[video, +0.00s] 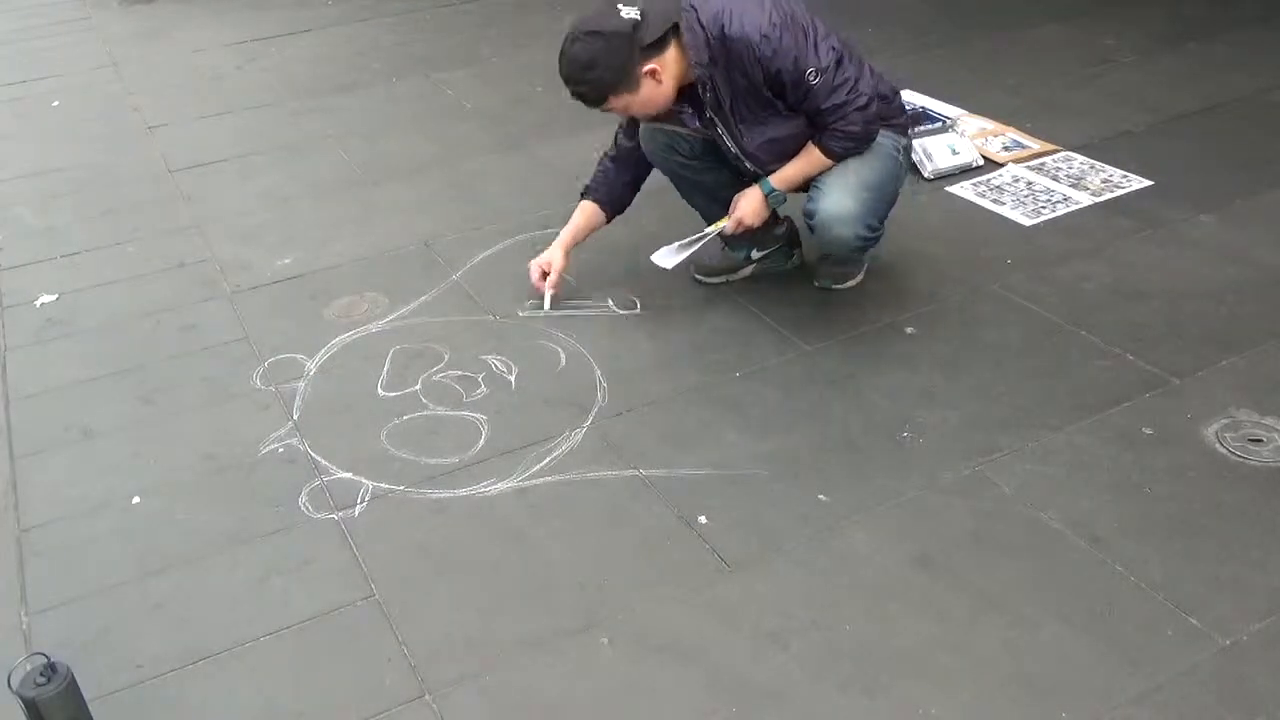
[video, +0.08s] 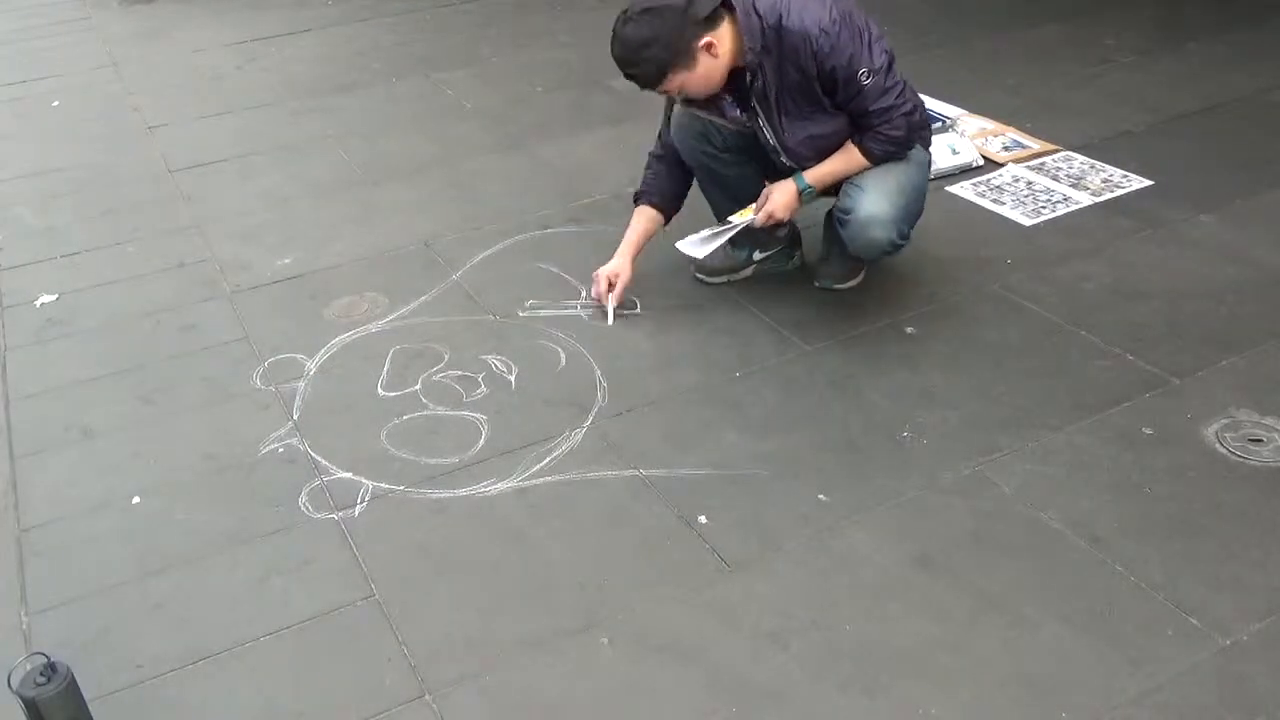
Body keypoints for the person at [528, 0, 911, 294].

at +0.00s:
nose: (623, 117)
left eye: (620, 106)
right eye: (614, 111)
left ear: (653, 75)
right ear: (650, 70)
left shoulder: (763, 34)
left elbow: (859, 118)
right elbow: (624, 157)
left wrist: (770, 191)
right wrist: (563, 243)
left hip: (861, 133)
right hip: (776, 145)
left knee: (837, 221)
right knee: (660, 138)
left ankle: (840, 255)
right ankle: (763, 240)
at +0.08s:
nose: (676, 98)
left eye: (675, 87)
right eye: (668, 92)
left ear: (708, 48)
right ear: (708, 45)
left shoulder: (822, 31)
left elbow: (895, 130)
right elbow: (670, 158)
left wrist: (801, 185)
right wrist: (626, 253)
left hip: (880, 146)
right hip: (795, 150)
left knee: (872, 229)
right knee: (690, 124)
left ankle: (843, 237)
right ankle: (769, 238)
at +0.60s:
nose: (691, 124)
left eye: (686, 114)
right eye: (682, 117)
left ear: (719, 86)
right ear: (717, 80)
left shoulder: (841, 48)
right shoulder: (736, 65)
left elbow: (944, 129)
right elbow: (718, 162)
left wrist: (842, 186)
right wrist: (675, 236)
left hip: (925, 151)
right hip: (838, 153)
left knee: (895, 219)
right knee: (730, 146)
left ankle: (872, 256)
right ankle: (822, 232)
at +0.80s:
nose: (780, 122)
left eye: (771, 111)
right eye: (767, 115)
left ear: (800, 72)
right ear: (799, 68)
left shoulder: (928, 57)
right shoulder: (828, 60)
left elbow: (1000, 189)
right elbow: (821, 173)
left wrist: (898, 244)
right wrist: (794, 254)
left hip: (1027, 188)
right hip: (932, 180)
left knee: (960, 298)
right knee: (808, 141)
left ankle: (965, 317)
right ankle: (892, 274)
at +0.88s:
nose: (789, 122)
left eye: (778, 111)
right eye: (775, 115)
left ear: (808, 72)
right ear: (806, 68)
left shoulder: (932, 66)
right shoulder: (843, 50)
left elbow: (1007, 199)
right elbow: (852, 149)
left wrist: (905, 252)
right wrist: (813, 222)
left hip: (1035, 194)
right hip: (947, 175)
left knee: (959, 314)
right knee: (817, 136)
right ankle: (893, 276)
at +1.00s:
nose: (794, 82)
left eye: (785, 73)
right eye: (782, 76)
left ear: (812, 52)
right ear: (816, 47)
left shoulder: (937, 40)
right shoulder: (865, 36)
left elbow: (985, 191)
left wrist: (901, 264)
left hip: (1051, 203)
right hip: (974, 175)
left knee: (927, 324)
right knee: (840, 110)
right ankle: (881, 268)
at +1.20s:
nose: (749, 135)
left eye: (745, 124)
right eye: (738, 126)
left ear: (782, 98)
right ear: (781, 94)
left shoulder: (928, 69)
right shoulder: (809, 100)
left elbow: (1010, 196)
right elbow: (777, 193)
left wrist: (904, 260)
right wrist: (731, 284)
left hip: (1027, 185)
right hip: (925, 191)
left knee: (1000, 293)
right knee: (790, 167)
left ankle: (1001, 320)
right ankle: (895, 293)